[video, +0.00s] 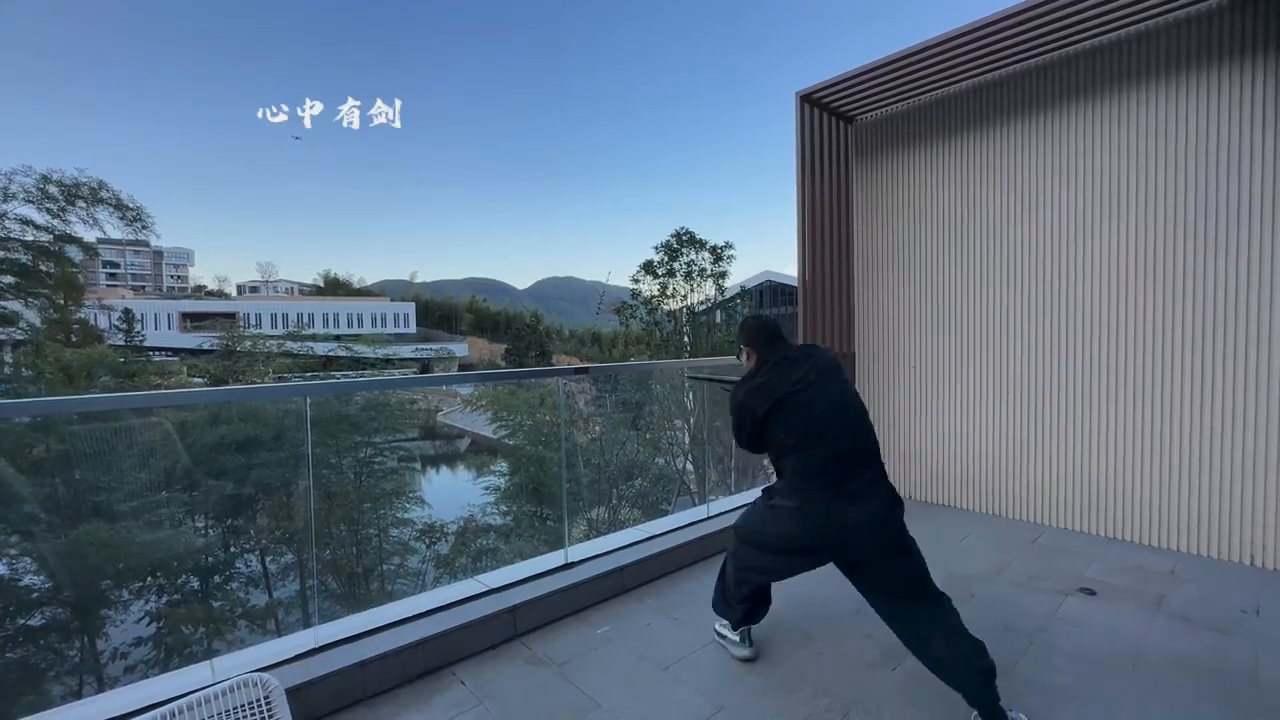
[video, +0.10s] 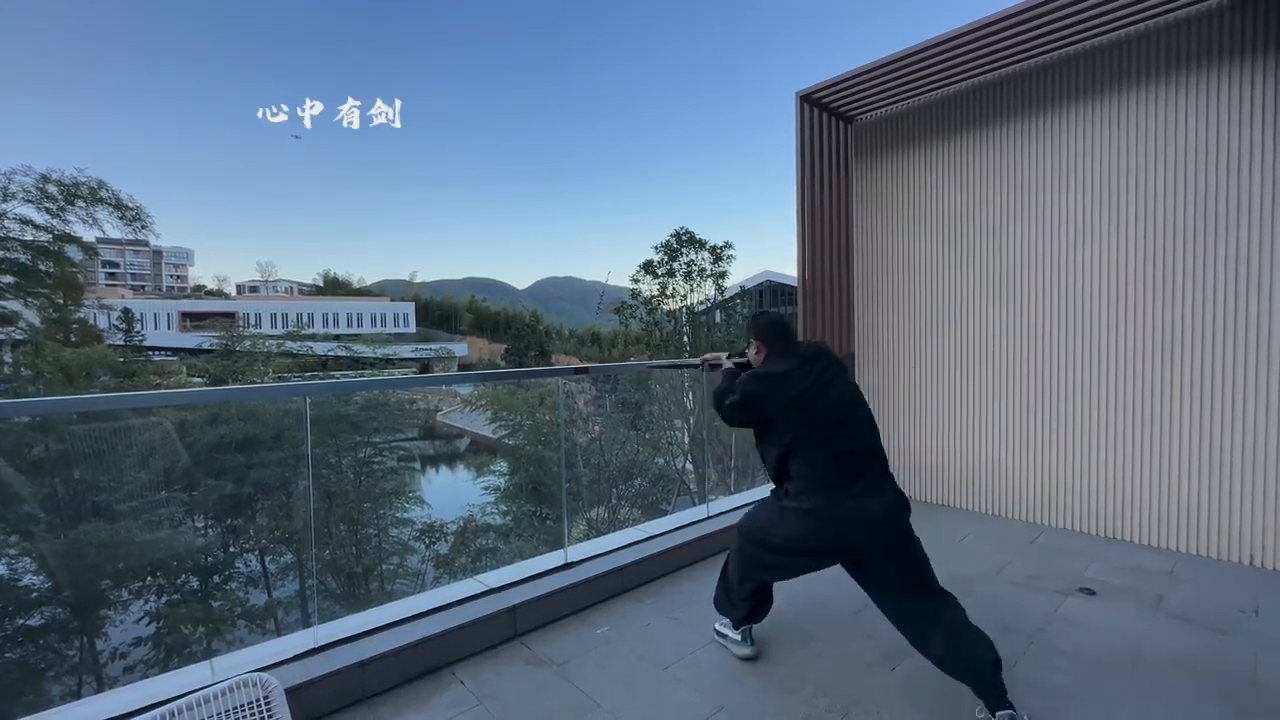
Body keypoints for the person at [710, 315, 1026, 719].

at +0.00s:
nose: (744, 361)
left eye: (743, 354)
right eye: (743, 354)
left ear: (751, 353)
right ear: (783, 340)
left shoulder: (749, 393)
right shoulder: (823, 359)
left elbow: (752, 442)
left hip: (806, 514)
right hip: (872, 510)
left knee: (748, 543)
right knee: (923, 604)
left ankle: (735, 627)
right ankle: (991, 706)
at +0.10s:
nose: (751, 354)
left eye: (752, 348)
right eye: (751, 347)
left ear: (760, 351)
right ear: (792, 341)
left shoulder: (761, 385)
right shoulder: (827, 364)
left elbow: (728, 408)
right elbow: (791, 371)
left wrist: (725, 372)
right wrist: (752, 365)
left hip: (814, 516)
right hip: (880, 513)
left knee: (752, 538)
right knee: (925, 601)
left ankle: (737, 626)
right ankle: (998, 700)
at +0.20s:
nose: (782, 343)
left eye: (782, 336)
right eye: (782, 336)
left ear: (793, 337)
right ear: (826, 330)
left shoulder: (791, 383)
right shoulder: (861, 359)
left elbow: (764, 422)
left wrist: (773, 374)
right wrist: (788, 363)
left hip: (830, 518)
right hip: (894, 516)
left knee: (759, 544)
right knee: (922, 600)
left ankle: (737, 626)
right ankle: (997, 689)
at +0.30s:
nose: (832, 336)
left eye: (833, 326)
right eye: (830, 328)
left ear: (853, 322)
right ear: (882, 319)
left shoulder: (868, 365)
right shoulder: (922, 354)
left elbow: (798, 384)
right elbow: (838, 370)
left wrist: (787, 343)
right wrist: (793, 344)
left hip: (884, 513)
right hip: (943, 513)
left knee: (809, 568)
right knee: (929, 607)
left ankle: (745, 624)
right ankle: (1008, 704)